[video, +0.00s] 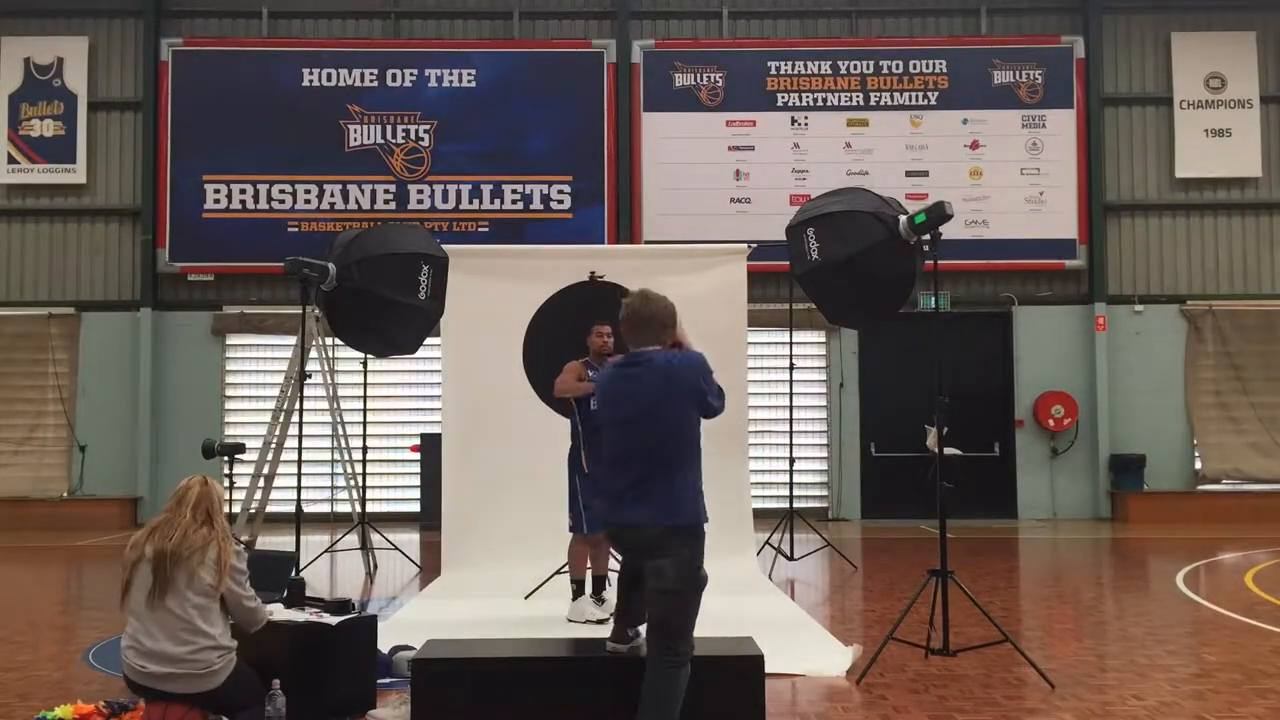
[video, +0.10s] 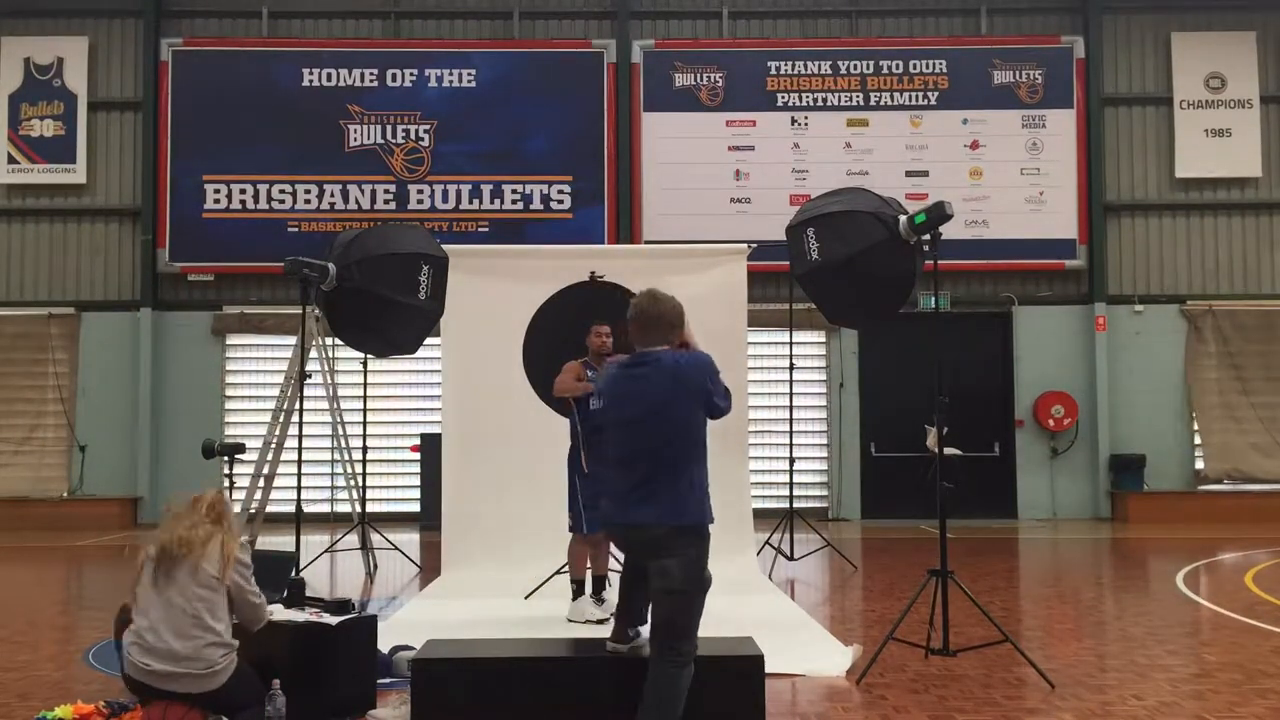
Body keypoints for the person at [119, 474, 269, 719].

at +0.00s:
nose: (224, 513)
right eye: (222, 507)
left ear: (175, 504)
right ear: (216, 510)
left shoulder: (142, 540)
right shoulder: (223, 548)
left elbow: (133, 603)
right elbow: (251, 618)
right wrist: (263, 612)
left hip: (139, 678)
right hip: (203, 681)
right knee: (254, 700)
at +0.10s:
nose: (233, 524)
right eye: (230, 518)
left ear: (187, 517)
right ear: (226, 520)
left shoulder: (156, 546)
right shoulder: (230, 550)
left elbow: (137, 605)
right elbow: (255, 618)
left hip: (141, 678)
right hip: (207, 682)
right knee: (253, 704)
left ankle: (153, 708)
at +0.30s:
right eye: (220, 508)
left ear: (172, 506)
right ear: (215, 510)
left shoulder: (142, 540)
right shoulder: (224, 547)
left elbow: (131, 604)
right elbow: (253, 617)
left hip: (139, 679)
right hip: (204, 681)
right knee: (255, 702)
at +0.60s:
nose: (224, 516)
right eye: (221, 510)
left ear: (174, 507)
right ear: (215, 511)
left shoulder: (143, 541)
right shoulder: (224, 546)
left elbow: (132, 604)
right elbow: (253, 618)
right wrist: (262, 612)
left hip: (140, 679)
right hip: (204, 682)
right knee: (255, 702)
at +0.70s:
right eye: (221, 511)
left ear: (174, 509)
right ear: (216, 513)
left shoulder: (141, 542)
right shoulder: (226, 548)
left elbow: (126, 605)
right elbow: (253, 618)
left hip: (139, 679)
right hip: (205, 681)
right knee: (254, 703)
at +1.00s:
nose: (222, 513)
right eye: (219, 506)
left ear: (171, 505)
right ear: (212, 508)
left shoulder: (144, 542)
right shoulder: (222, 547)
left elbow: (134, 606)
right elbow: (252, 616)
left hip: (141, 678)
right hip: (205, 680)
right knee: (255, 703)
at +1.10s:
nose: (222, 515)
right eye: (220, 509)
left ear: (171, 507)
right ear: (212, 510)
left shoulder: (146, 540)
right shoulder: (223, 546)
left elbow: (134, 602)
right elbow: (252, 615)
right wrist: (261, 613)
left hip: (141, 678)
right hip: (205, 680)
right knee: (255, 702)